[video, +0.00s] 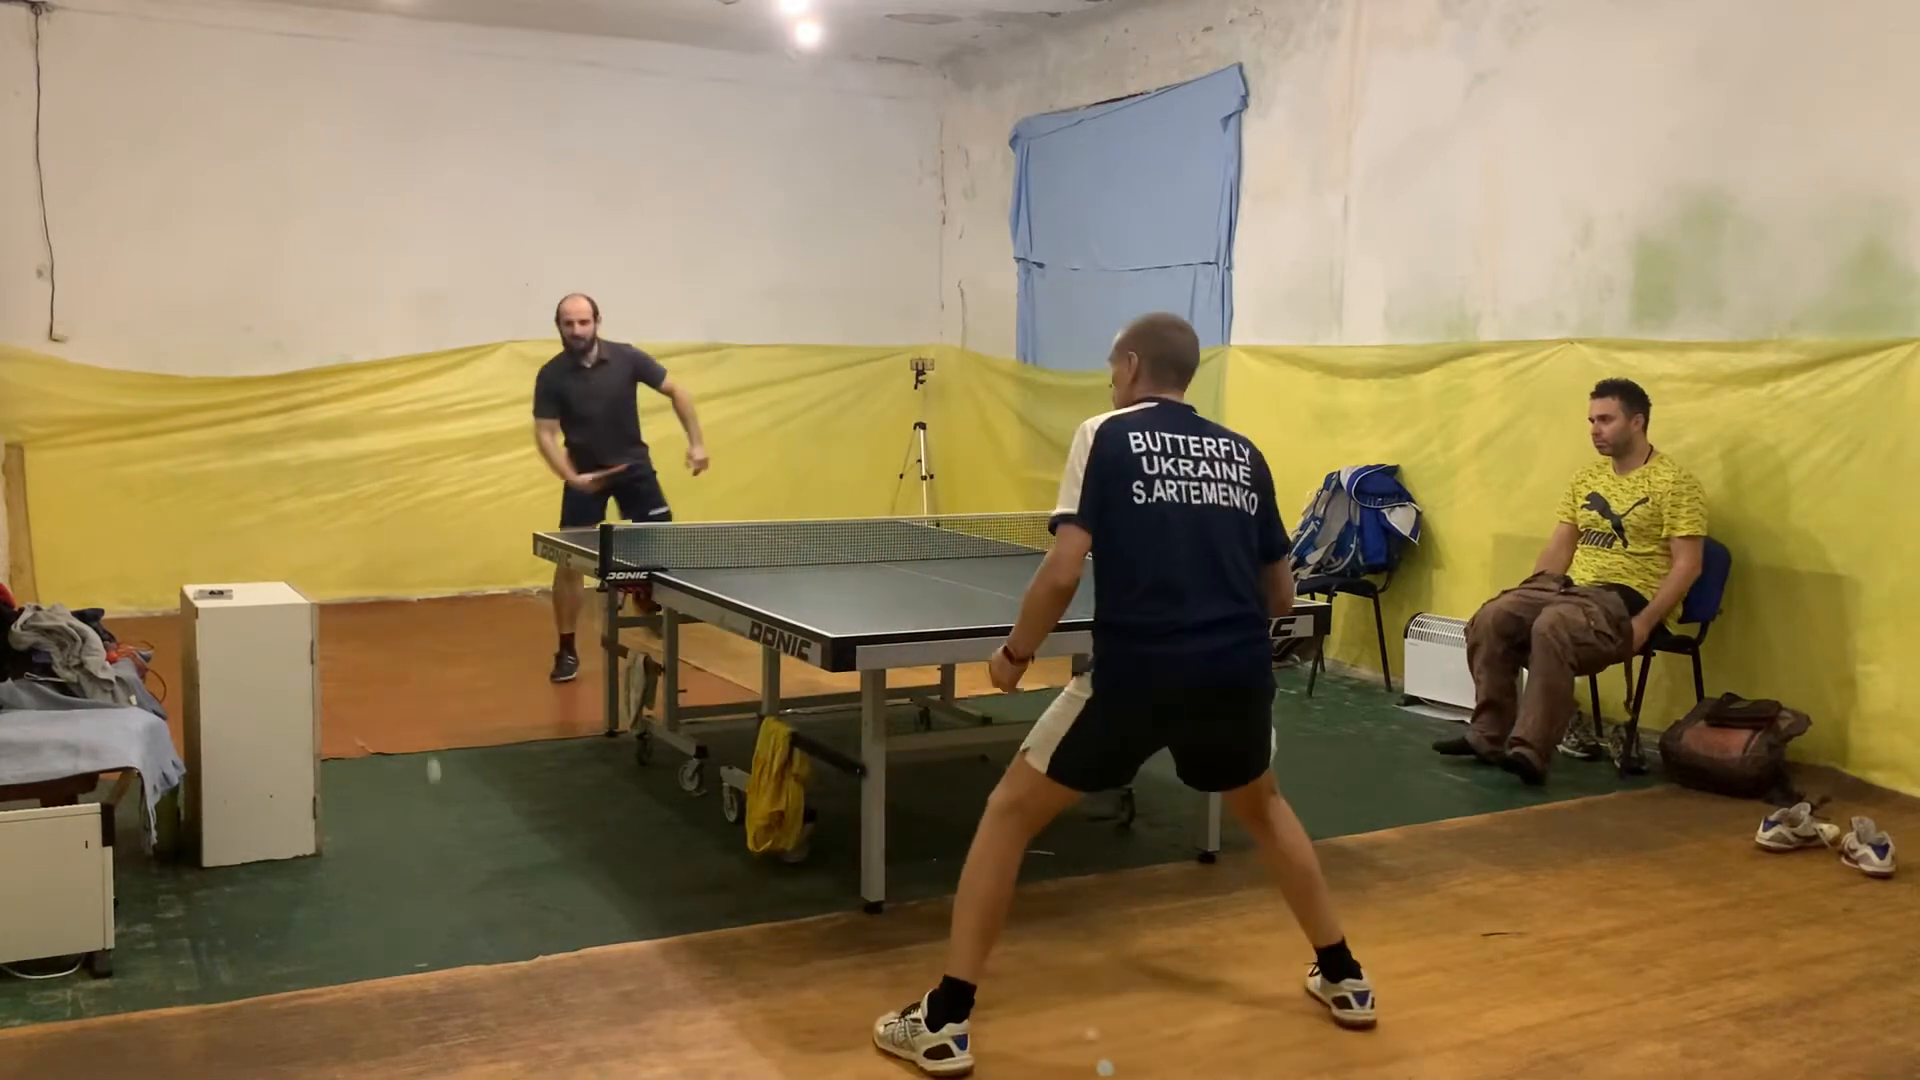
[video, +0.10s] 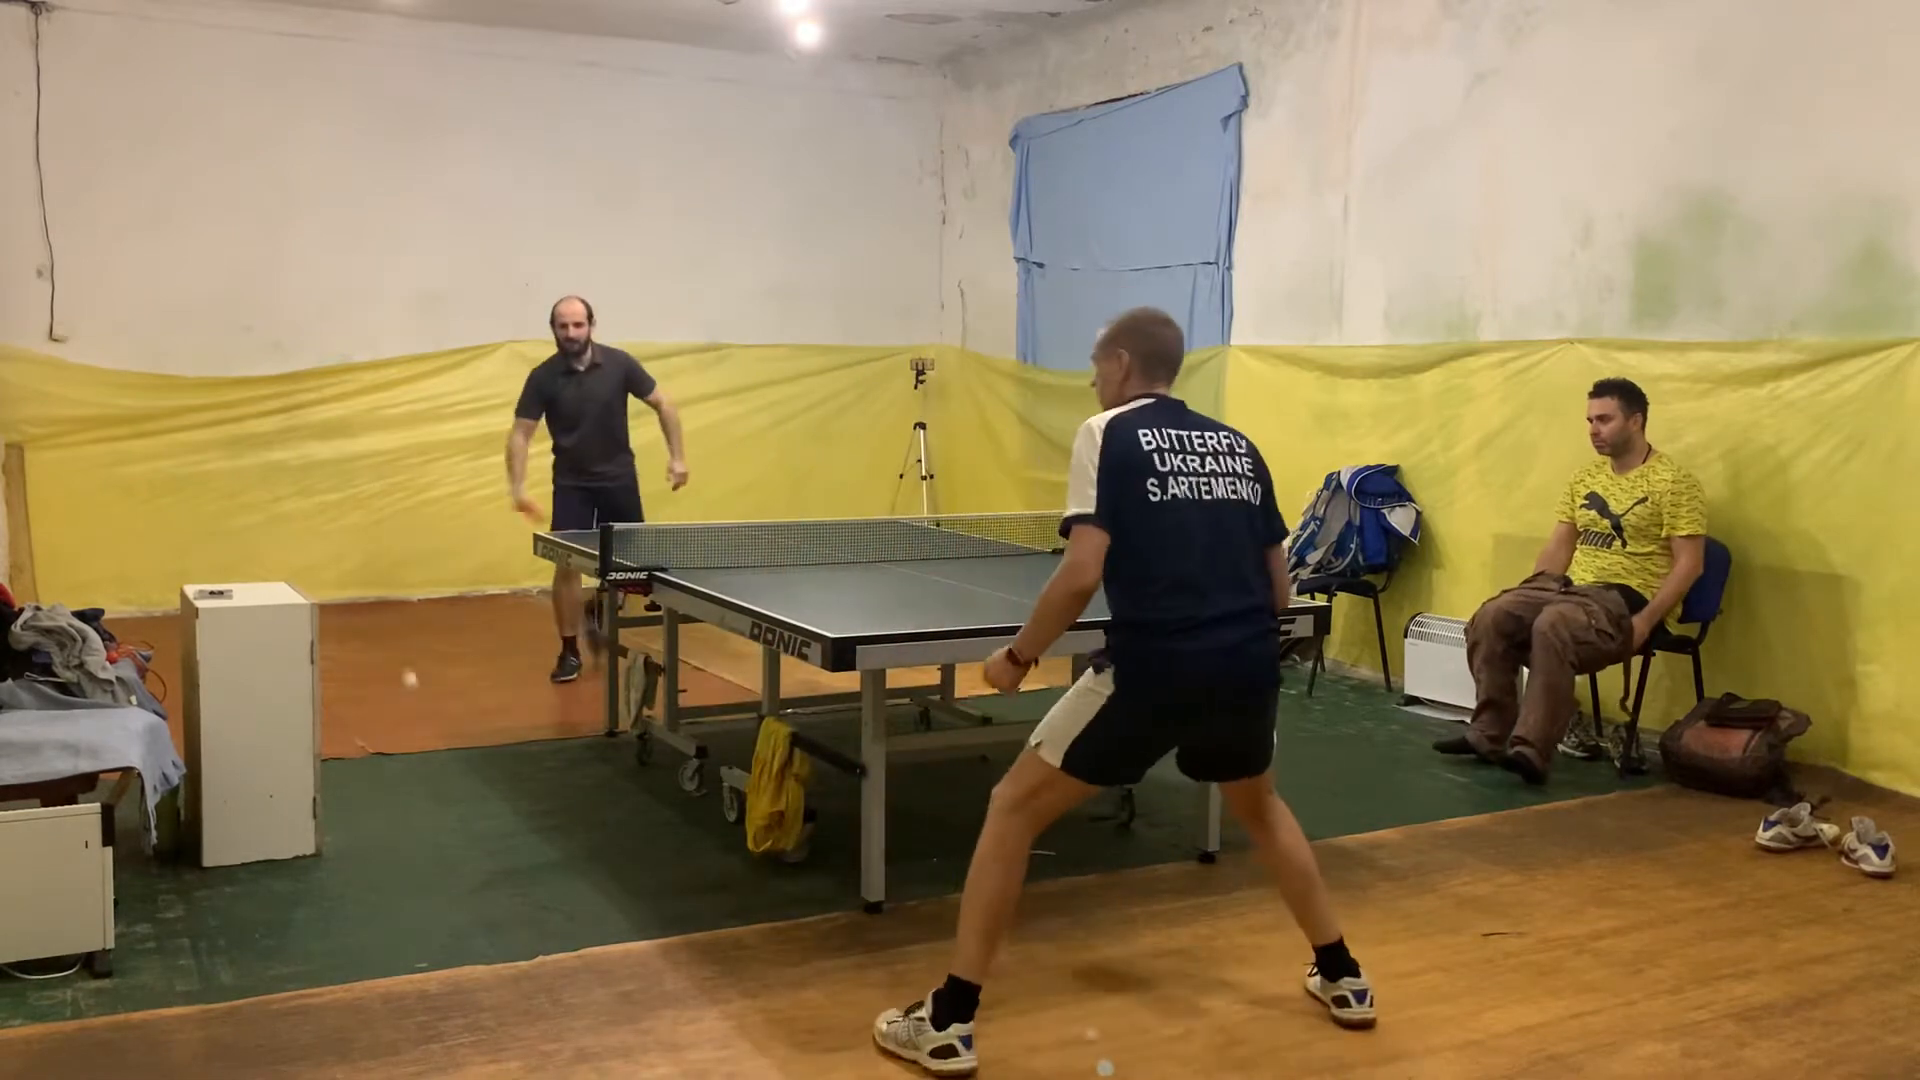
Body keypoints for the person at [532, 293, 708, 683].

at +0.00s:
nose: (577, 330)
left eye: (584, 322)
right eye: (569, 324)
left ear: (597, 323)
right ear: (558, 328)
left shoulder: (626, 358)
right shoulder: (551, 375)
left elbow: (677, 392)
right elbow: (545, 435)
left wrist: (697, 443)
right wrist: (573, 477)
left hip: (633, 467)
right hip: (584, 475)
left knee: (664, 547)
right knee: (569, 562)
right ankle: (566, 651)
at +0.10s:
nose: (571, 332)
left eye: (578, 324)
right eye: (563, 325)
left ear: (591, 326)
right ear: (553, 330)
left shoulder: (619, 364)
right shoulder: (543, 377)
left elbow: (663, 404)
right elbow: (520, 434)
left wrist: (677, 457)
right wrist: (518, 490)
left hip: (619, 482)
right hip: (571, 486)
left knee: (630, 564)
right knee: (567, 566)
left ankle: (599, 606)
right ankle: (568, 650)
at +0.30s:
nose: (577, 328)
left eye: (584, 321)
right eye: (569, 321)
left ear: (596, 323)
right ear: (559, 325)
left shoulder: (616, 367)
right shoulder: (539, 367)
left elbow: (650, 414)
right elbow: (498, 409)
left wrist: (640, 454)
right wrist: (462, 455)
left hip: (596, 479)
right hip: (553, 478)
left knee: (583, 564)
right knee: (558, 559)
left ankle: (551, 631)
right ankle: (562, 647)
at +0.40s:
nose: (581, 326)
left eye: (588, 320)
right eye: (573, 319)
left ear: (598, 323)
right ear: (561, 321)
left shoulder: (612, 367)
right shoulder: (537, 362)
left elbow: (641, 415)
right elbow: (495, 403)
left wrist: (631, 455)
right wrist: (458, 448)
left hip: (589, 477)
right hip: (546, 475)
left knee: (574, 562)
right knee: (549, 556)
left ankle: (554, 634)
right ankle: (546, 640)